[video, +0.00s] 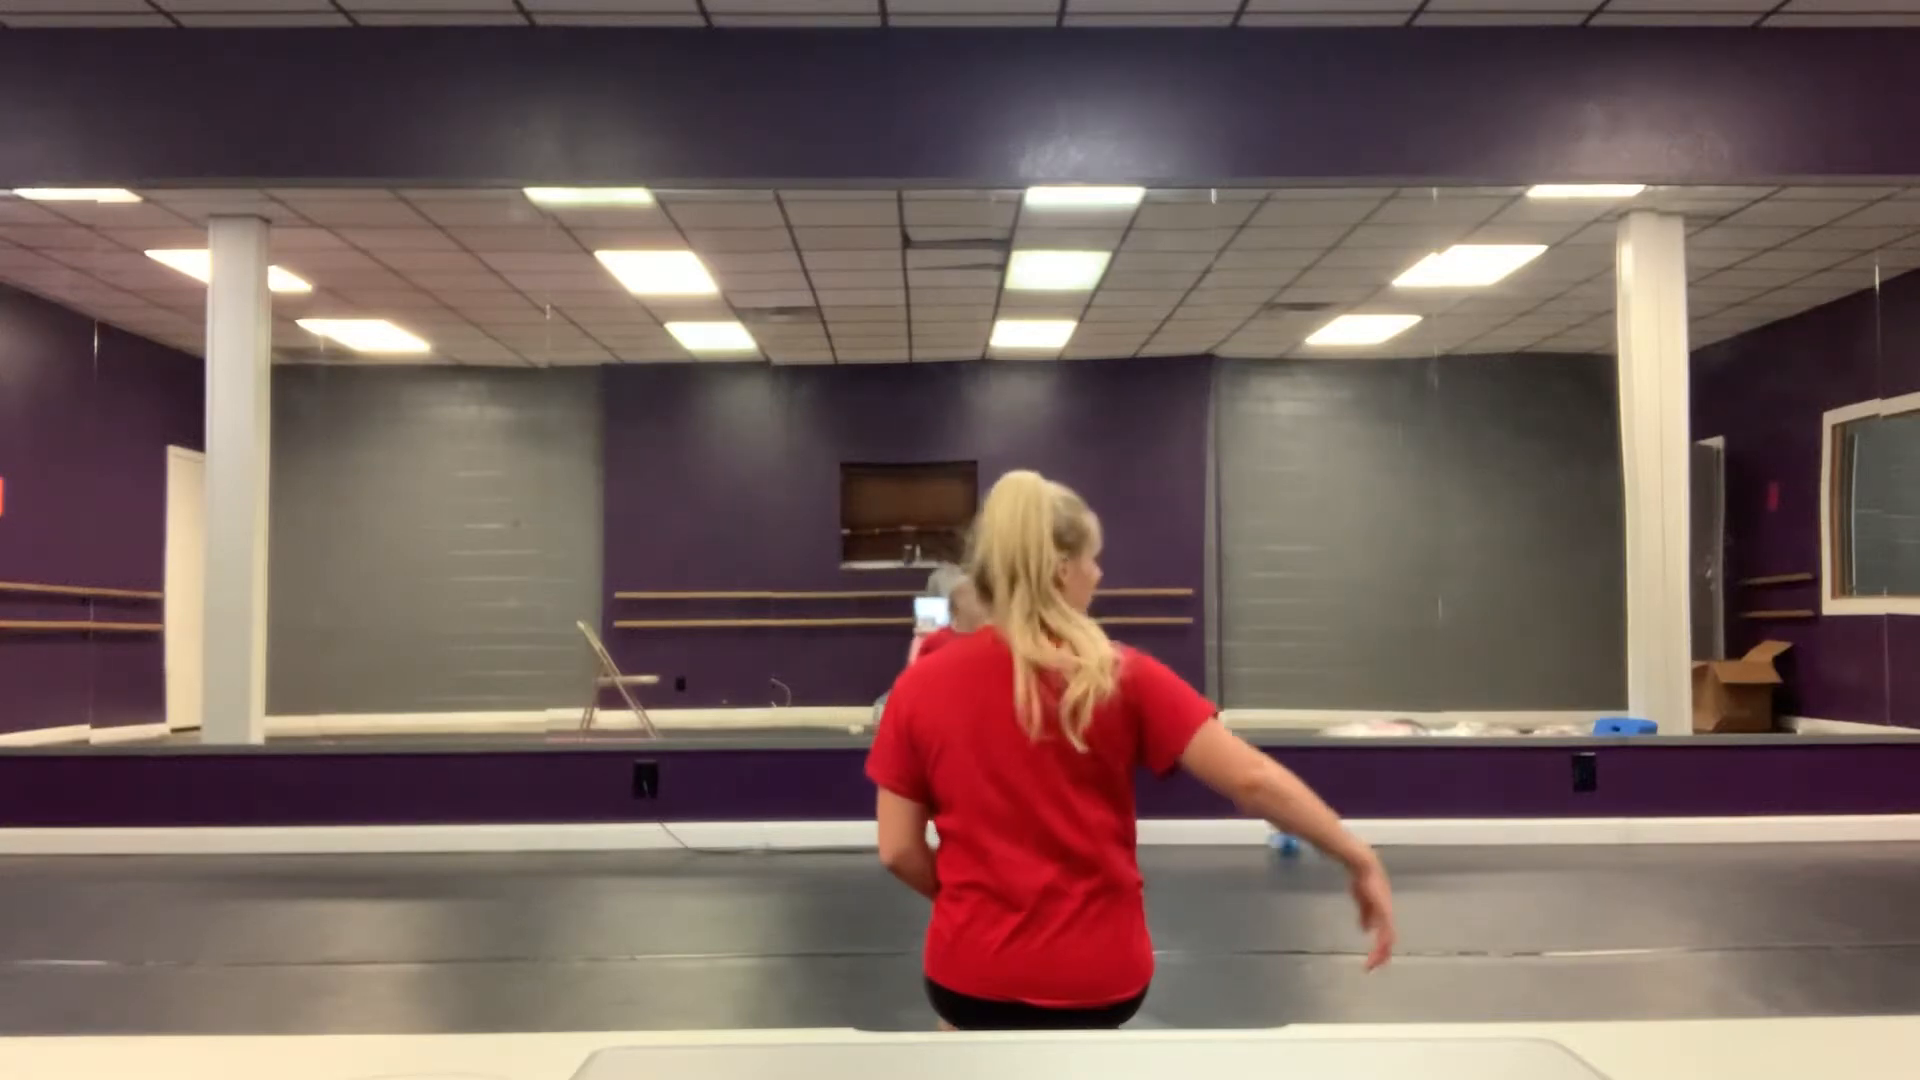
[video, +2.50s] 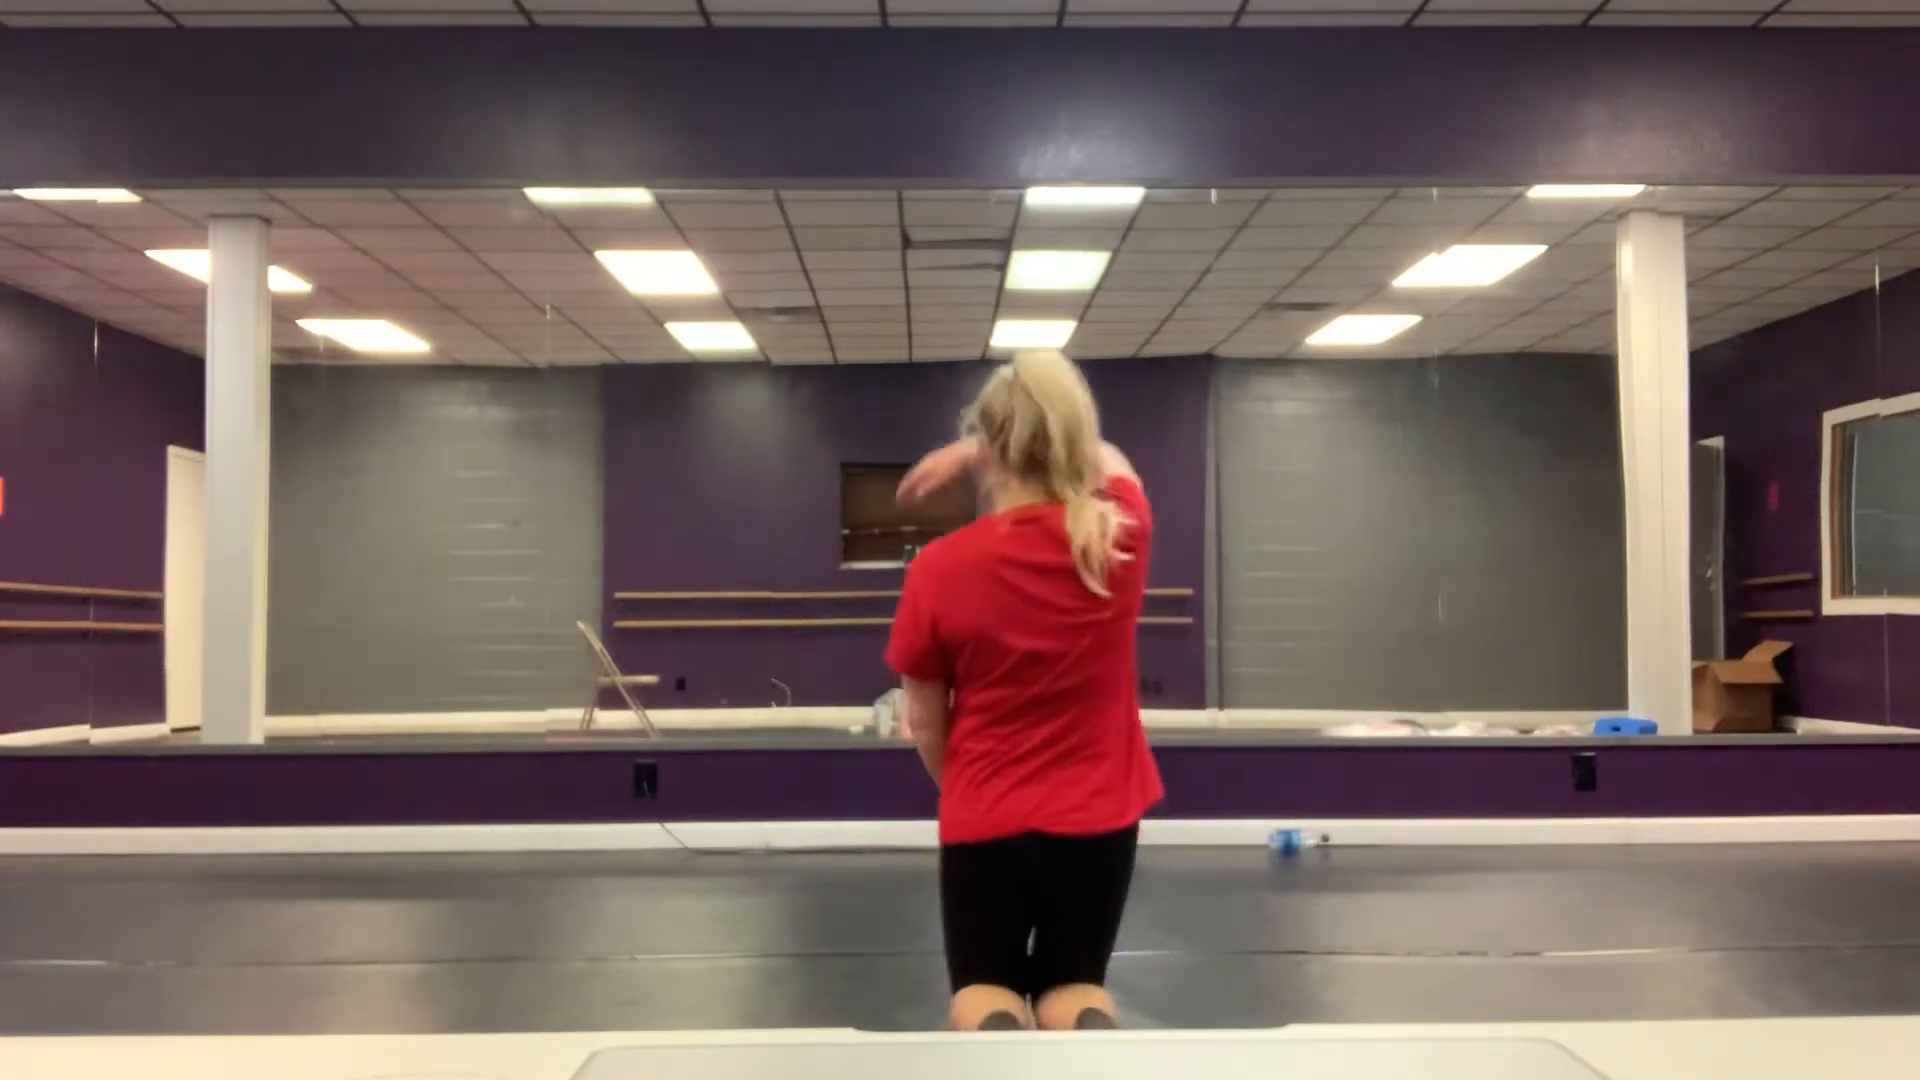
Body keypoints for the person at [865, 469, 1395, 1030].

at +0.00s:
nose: (1099, 575)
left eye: (1097, 559)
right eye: (1093, 559)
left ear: (993, 565)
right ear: (1062, 568)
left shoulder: (924, 683)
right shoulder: (1121, 675)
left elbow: (897, 850)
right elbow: (1249, 777)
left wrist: (966, 893)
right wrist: (1359, 858)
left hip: (971, 976)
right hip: (1103, 978)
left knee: (960, 1034)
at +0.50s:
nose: (1100, 572)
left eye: (1098, 554)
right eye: (1093, 556)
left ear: (998, 562)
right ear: (1061, 563)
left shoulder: (924, 673)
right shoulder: (1124, 667)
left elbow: (894, 845)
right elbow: (1290, 679)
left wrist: (964, 895)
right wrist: (1446, 677)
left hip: (966, 966)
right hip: (1100, 971)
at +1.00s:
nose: (966, 567)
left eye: (966, 558)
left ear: (983, 563)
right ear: (1071, 556)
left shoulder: (938, 681)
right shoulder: (1118, 658)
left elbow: (911, 853)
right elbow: (1161, 614)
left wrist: (971, 893)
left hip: (982, 979)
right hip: (1112, 977)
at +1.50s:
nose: (945, 592)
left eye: (955, 573)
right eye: (946, 574)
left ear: (1007, 574)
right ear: (1009, 572)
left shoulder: (962, 685)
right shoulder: (1131, 660)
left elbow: (925, 855)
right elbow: (1033, 694)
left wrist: (979, 890)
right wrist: (879, 731)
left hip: (993, 977)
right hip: (1119, 974)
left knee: (965, 1022)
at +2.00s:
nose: (946, 622)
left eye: (946, 600)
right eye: (939, 605)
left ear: (995, 574)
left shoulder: (965, 680)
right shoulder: (1135, 661)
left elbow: (927, 853)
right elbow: (1086, 820)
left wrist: (984, 894)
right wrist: (964, 902)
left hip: (995, 977)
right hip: (1120, 977)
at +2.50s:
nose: (979, 448)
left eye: (983, 438)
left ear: (995, 450)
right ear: (1075, 441)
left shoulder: (941, 566)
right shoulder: (1121, 532)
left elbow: (924, 724)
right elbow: (1092, 448)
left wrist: (968, 790)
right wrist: (975, 448)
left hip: (987, 815)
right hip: (1101, 813)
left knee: (985, 981)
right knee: (1073, 980)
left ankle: (1002, 1040)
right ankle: (1093, 1040)